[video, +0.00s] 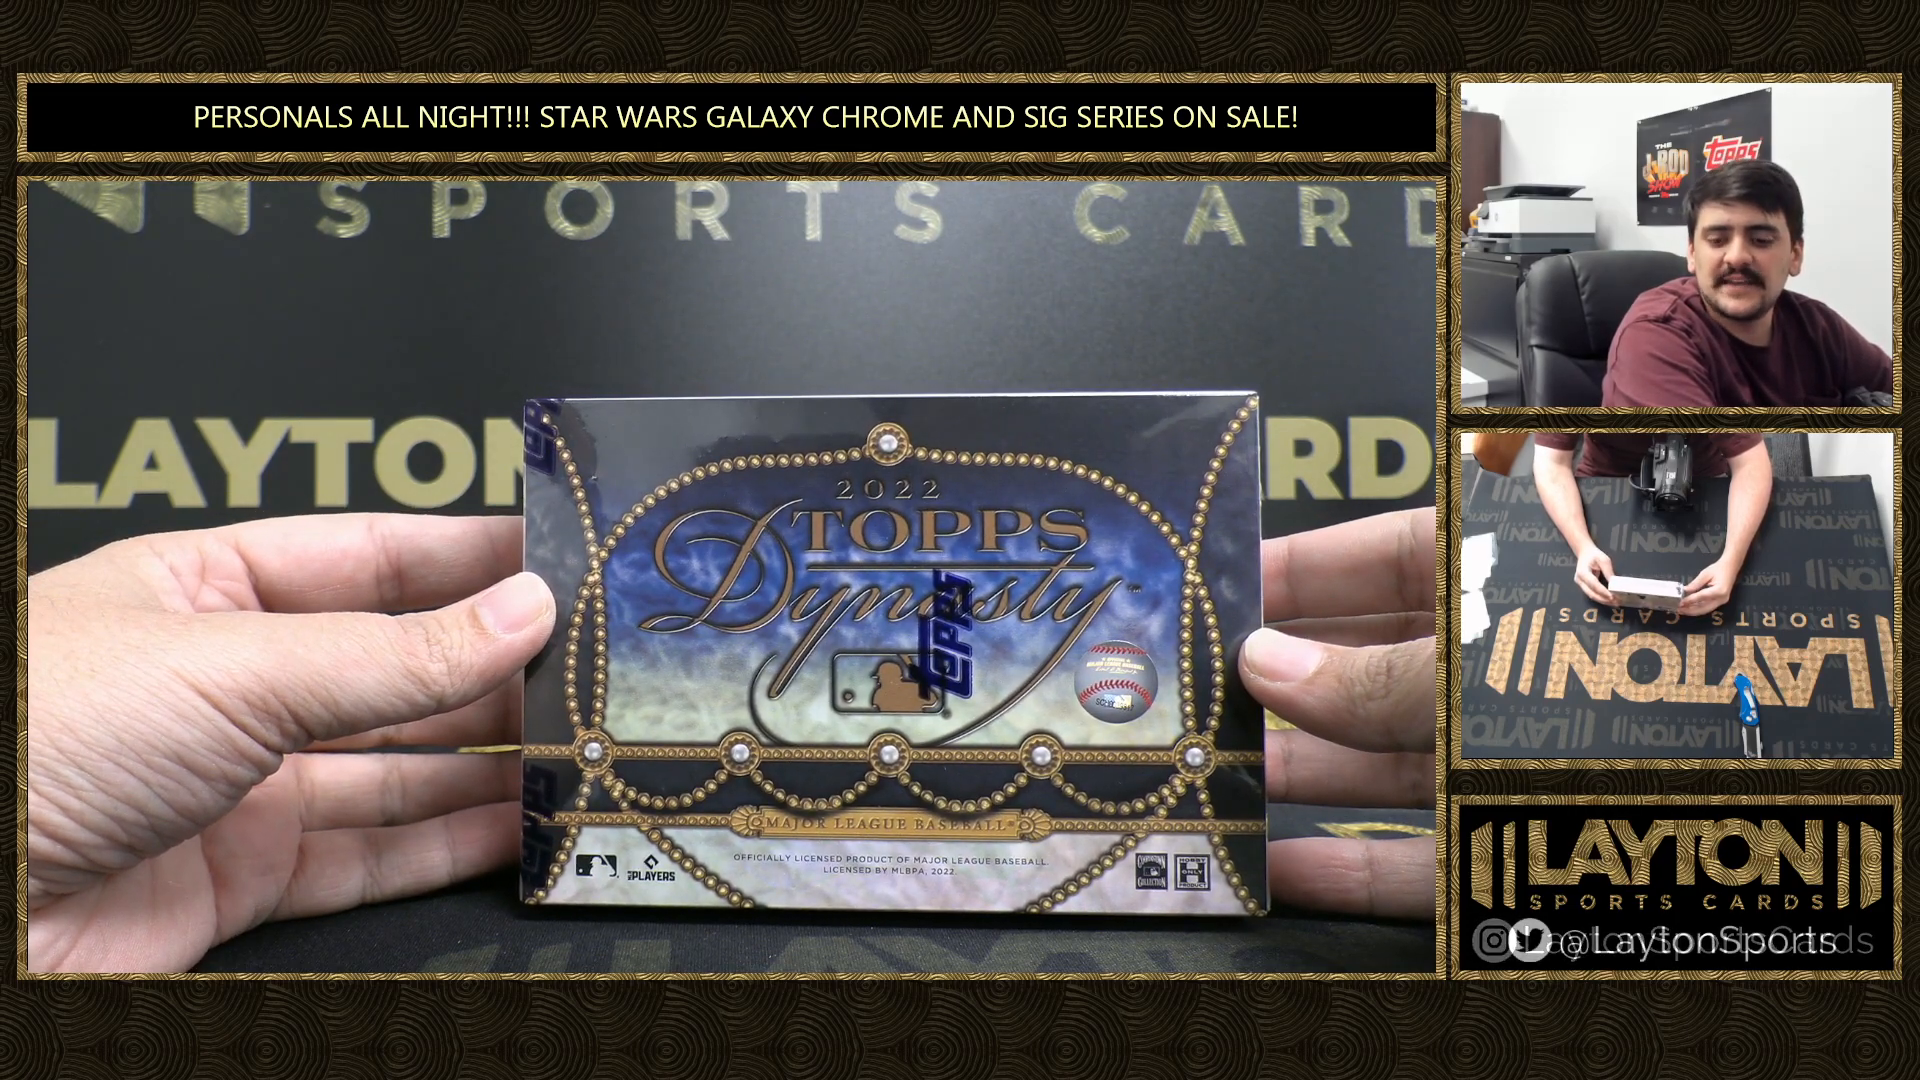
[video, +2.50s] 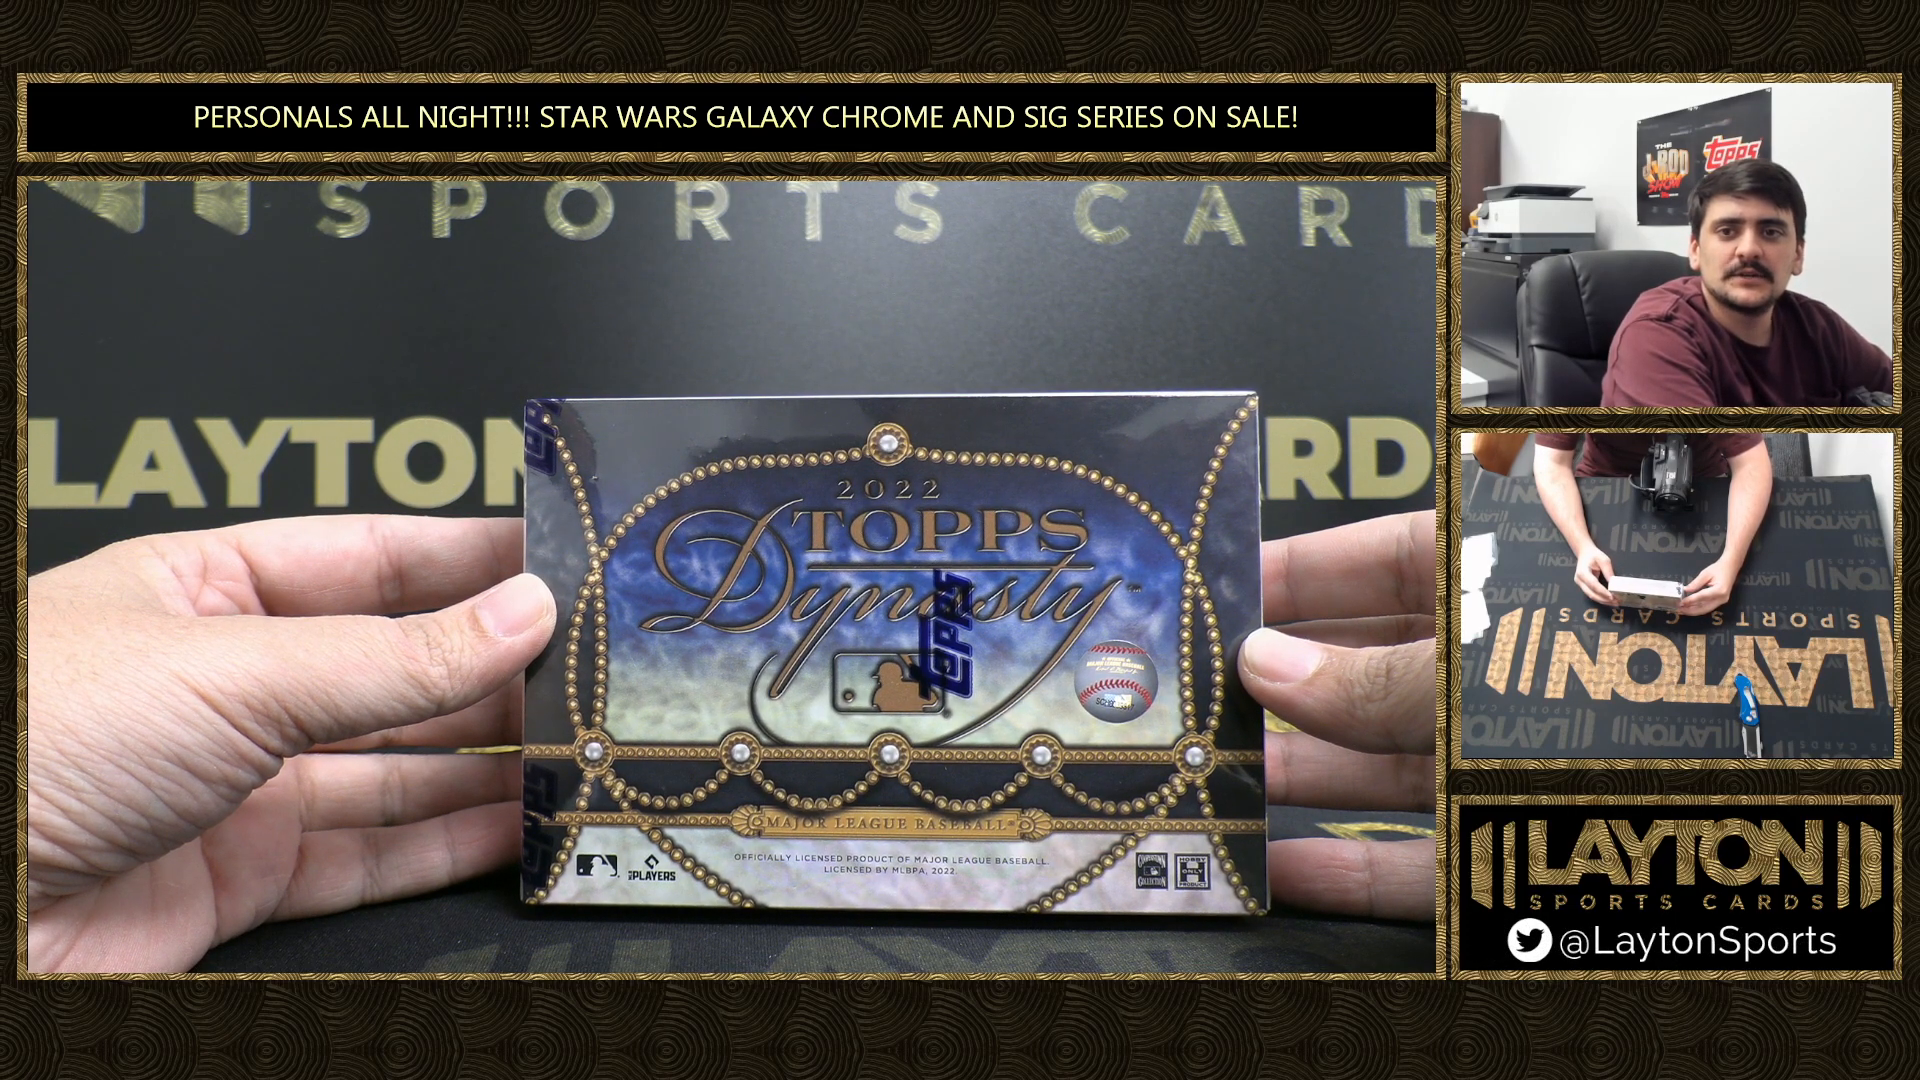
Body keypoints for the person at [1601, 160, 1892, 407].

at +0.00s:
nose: (1737, 257)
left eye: (1761, 239)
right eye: (1718, 238)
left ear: (1795, 256)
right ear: (1691, 253)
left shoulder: (1817, 328)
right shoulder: (1655, 333)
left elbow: (1897, 389)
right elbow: (1746, 461)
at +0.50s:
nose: (1746, 260)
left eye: (1769, 243)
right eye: (1726, 241)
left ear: (1798, 258)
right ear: (1693, 252)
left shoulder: (1818, 329)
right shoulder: (1655, 333)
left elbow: (1897, 388)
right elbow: (1746, 462)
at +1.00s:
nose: (1749, 252)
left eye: (1771, 235)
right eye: (1729, 233)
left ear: (1800, 256)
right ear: (1696, 251)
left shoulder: (1818, 329)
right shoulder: (1656, 333)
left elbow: (1896, 387)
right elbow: (1746, 460)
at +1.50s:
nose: (1749, 251)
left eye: (1771, 234)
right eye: (1728, 232)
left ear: (1799, 255)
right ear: (1695, 250)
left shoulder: (1818, 329)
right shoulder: (1656, 332)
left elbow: (1896, 388)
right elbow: (1746, 460)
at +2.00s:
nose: (1749, 249)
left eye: (1770, 232)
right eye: (1727, 232)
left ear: (1797, 255)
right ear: (1694, 251)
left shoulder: (1817, 329)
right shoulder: (1656, 333)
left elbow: (1897, 389)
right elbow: (1746, 461)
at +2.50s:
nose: (1748, 249)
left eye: (1770, 232)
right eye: (1728, 231)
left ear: (1798, 255)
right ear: (1695, 251)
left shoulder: (1817, 328)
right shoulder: (1657, 333)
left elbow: (1896, 387)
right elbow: (1747, 461)